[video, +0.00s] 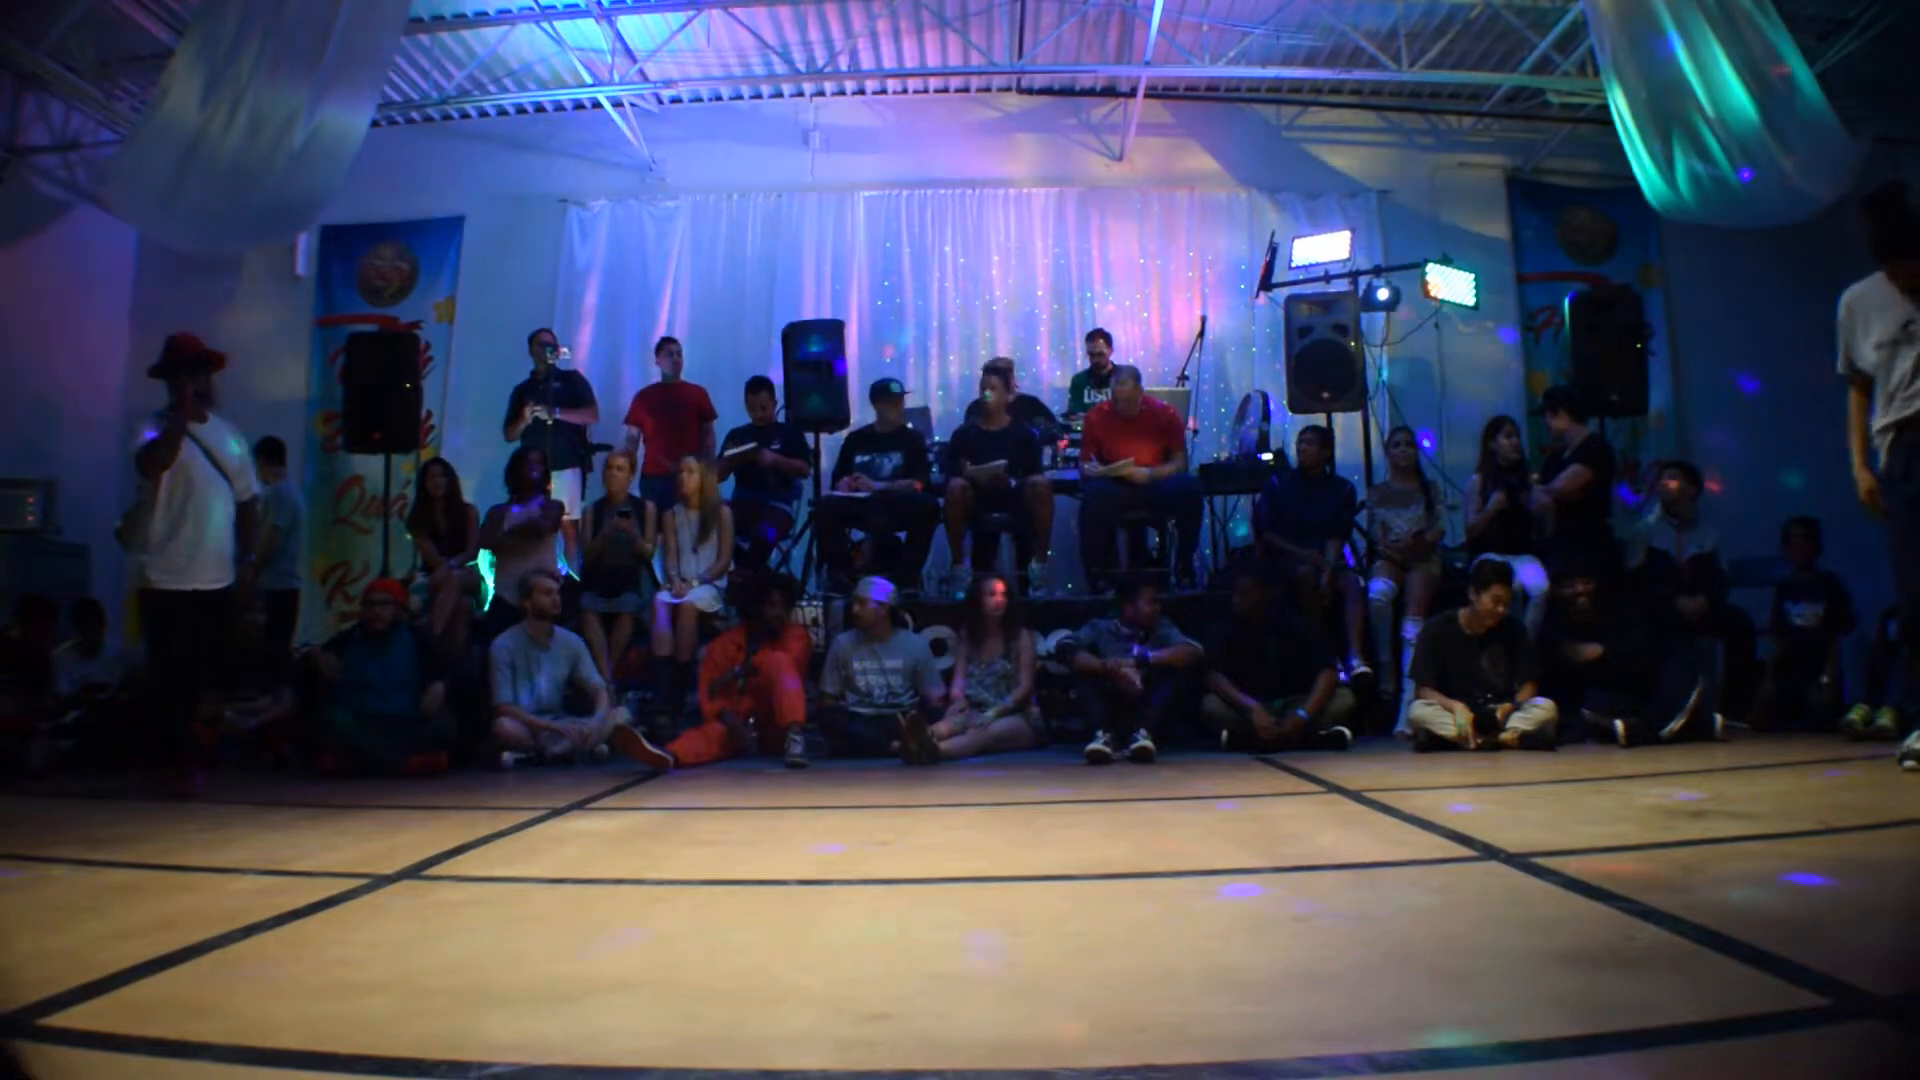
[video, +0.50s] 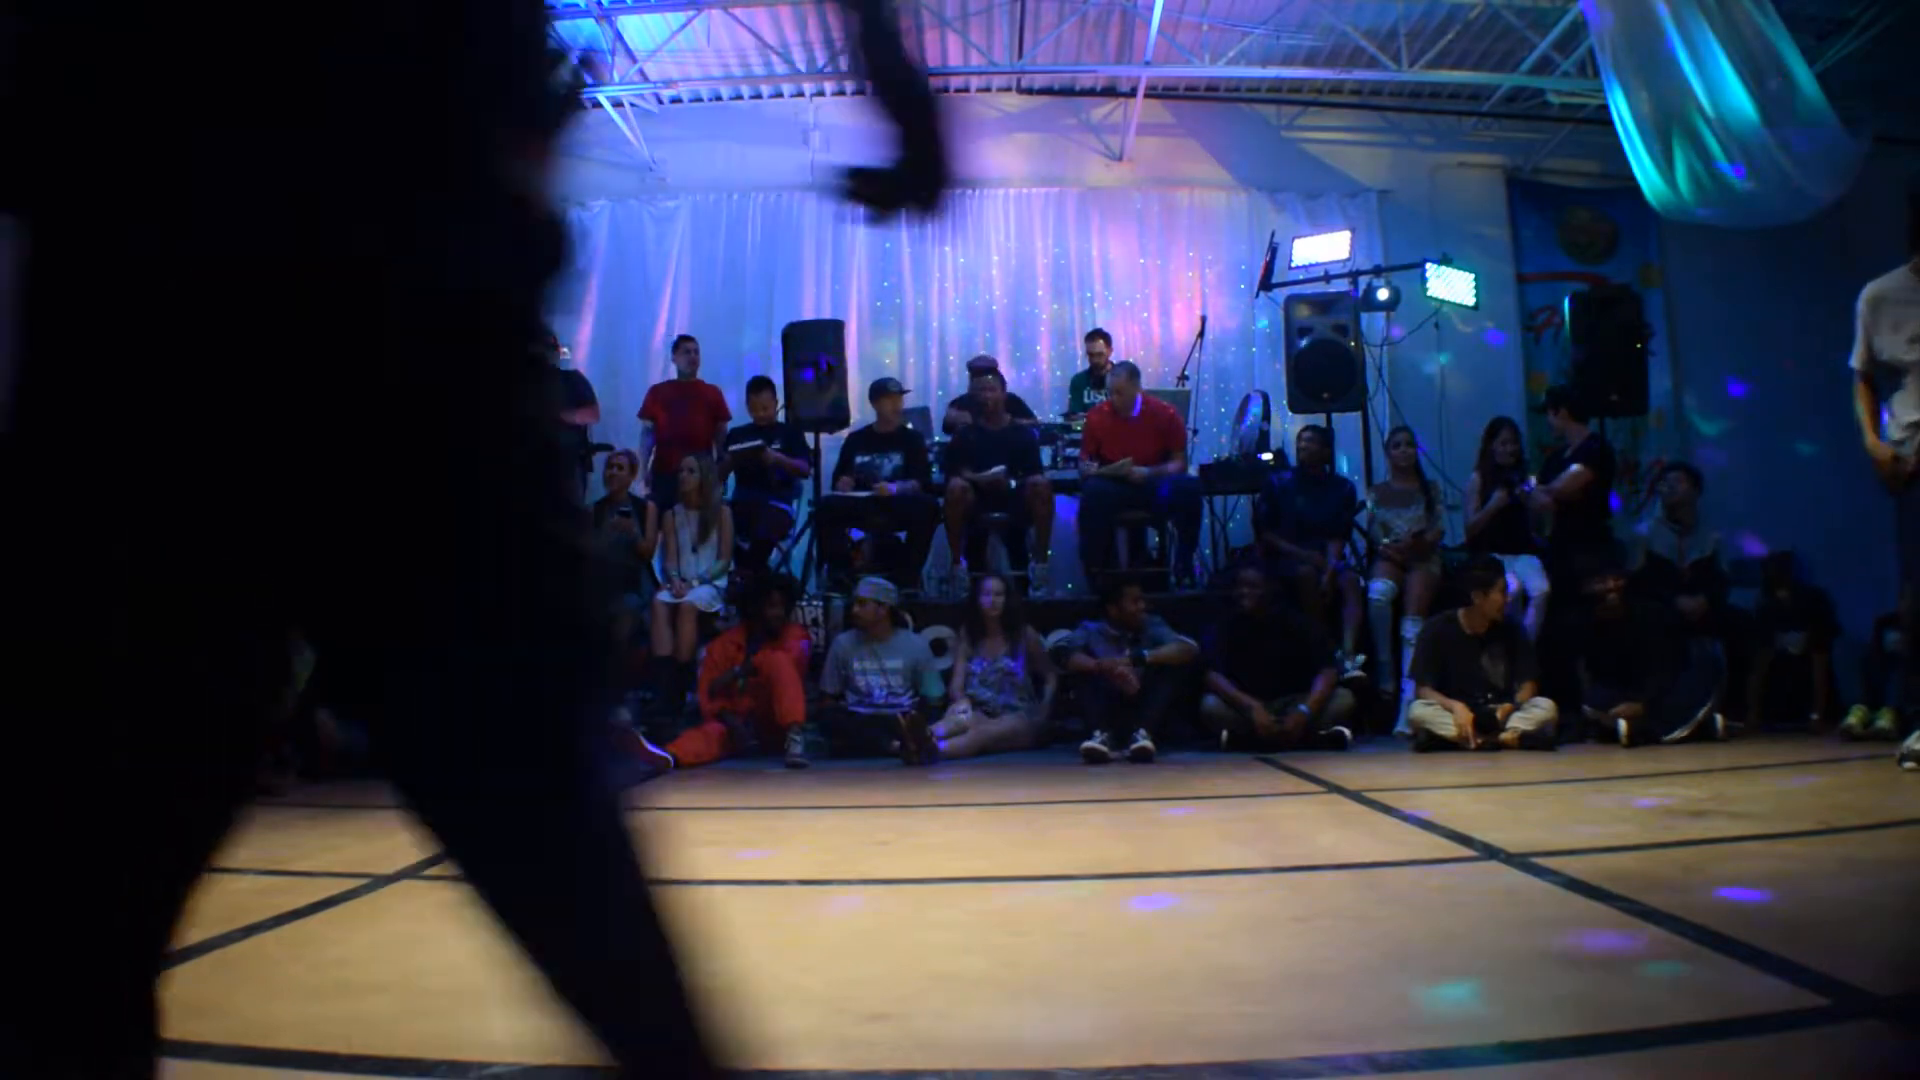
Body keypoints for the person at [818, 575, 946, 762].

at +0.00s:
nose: (855, 610)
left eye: (862, 604)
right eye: (855, 603)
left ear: (883, 609)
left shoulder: (914, 645)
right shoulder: (843, 645)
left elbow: (935, 698)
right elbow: (829, 699)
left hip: (905, 716)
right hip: (860, 717)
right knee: (830, 721)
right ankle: (893, 747)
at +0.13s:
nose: (855, 610)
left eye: (862, 604)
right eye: (855, 603)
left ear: (883, 608)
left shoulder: (914, 645)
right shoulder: (843, 644)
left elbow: (936, 701)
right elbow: (828, 698)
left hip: (905, 715)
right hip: (860, 716)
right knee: (829, 718)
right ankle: (894, 746)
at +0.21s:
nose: (855, 610)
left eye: (862, 604)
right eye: (855, 604)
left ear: (883, 608)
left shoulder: (914, 645)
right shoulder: (843, 644)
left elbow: (936, 700)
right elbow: (828, 698)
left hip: (906, 715)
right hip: (860, 716)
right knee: (828, 718)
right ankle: (894, 746)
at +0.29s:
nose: (855, 610)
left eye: (862, 604)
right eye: (855, 604)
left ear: (883, 609)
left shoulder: (914, 645)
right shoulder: (843, 644)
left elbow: (935, 701)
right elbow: (828, 698)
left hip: (905, 716)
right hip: (860, 716)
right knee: (828, 718)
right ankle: (894, 746)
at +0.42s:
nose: (855, 610)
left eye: (862, 604)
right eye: (855, 604)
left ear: (883, 609)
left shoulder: (915, 645)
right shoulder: (843, 645)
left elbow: (934, 701)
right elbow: (828, 699)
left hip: (904, 716)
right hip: (860, 716)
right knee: (829, 718)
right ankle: (894, 747)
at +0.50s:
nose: (855, 610)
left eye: (862, 604)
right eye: (855, 604)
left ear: (883, 609)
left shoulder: (914, 644)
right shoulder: (843, 644)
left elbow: (934, 699)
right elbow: (829, 698)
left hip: (903, 718)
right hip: (859, 717)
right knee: (830, 720)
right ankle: (894, 747)